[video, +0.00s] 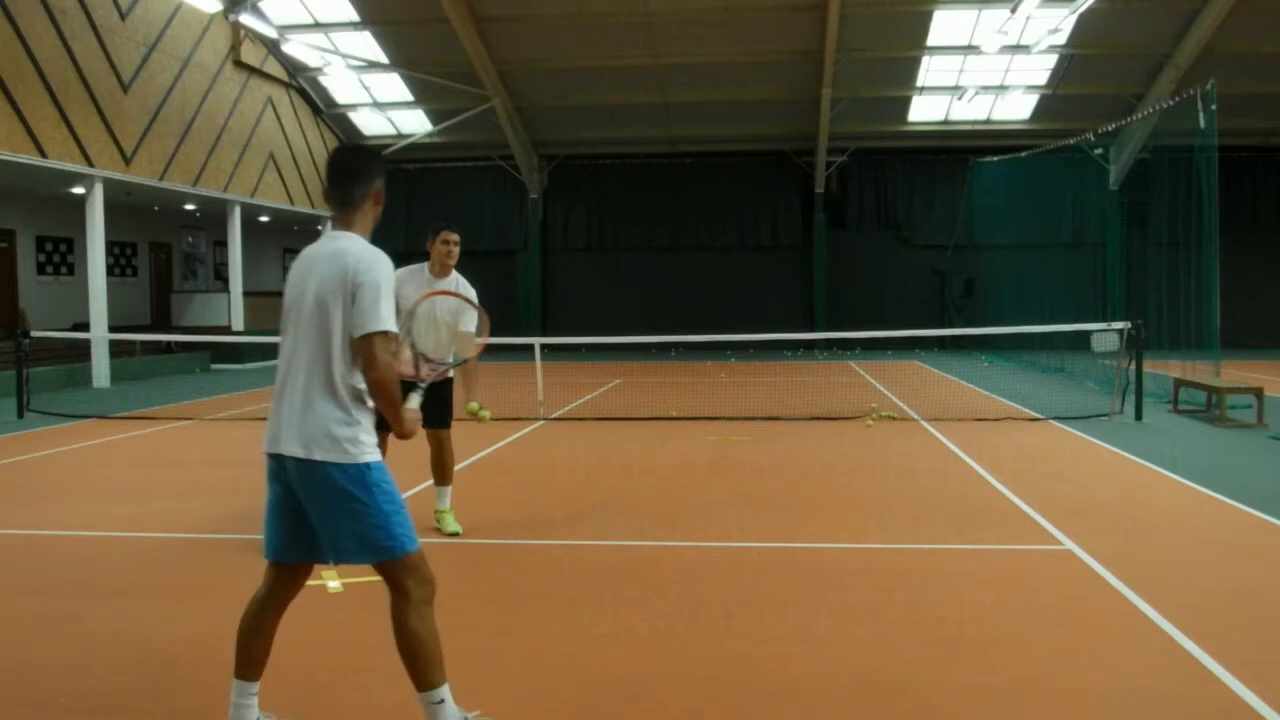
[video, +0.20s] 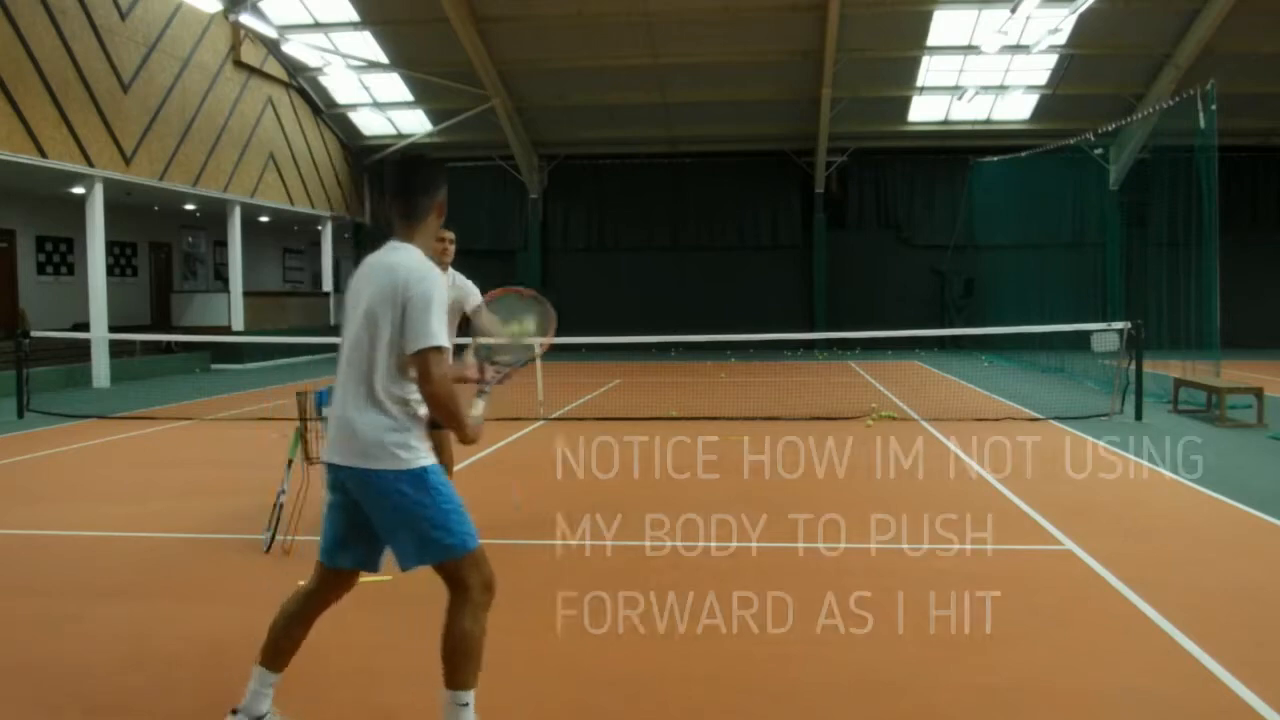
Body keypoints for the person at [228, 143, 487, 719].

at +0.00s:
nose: (384, 202)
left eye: (378, 192)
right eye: (384, 193)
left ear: (329, 194)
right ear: (377, 195)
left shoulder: (307, 258)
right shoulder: (367, 261)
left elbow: (324, 354)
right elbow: (377, 366)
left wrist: (401, 366)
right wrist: (397, 419)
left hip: (289, 445)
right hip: (340, 450)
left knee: (281, 581)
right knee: (414, 582)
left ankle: (242, 709)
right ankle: (443, 711)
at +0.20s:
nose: (446, 213)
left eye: (445, 204)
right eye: (445, 203)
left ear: (391, 207)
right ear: (437, 205)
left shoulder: (371, 267)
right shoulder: (422, 275)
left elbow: (379, 369)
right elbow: (434, 380)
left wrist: (441, 395)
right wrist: (465, 427)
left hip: (350, 453)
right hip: (394, 456)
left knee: (329, 582)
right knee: (475, 584)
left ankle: (253, 704)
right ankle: (459, 712)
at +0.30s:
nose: (484, 215)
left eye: (481, 206)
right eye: (483, 207)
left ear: (431, 209)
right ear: (477, 209)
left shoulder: (399, 272)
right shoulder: (462, 277)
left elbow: (375, 340)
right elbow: (469, 378)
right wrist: (505, 428)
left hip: (384, 453)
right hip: (433, 458)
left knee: (401, 568)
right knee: (501, 586)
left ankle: (288, 680)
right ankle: (465, 712)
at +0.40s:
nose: (517, 207)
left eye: (513, 199)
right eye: (517, 199)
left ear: (466, 202)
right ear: (511, 203)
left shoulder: (444, 262)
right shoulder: (494, 271)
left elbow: (461, 353)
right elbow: (510, 379)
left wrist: (533, 357)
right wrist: (541, 416)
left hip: (422, 445)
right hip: (462, 452)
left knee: (459, 555)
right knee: (518, 588)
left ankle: (361, 661)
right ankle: (468, 712)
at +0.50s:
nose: (545, 205)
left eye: (541, 196)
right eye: (545, 197)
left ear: (493, 202)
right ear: (539, 203)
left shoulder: (470, 263)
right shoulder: (520, 268)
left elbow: (486, 356)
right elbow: (538, 368)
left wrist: (563, 353)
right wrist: (573, 409)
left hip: (448, 442)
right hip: (488, 447)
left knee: (501, 550)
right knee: (551, 580)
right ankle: (482, 706)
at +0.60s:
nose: (569, 222)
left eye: (563, 214)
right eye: (569, 214)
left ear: (520, 216)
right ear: (563, 219)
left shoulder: (502, 275)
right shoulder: (545, 283)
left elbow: (528, 367)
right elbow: (569, 383)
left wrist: (598, 362)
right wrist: (606, 413)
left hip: (489, 451)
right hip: (514, 458)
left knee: (557, 548)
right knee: (544, 596)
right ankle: (481, 710)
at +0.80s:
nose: (619, 232)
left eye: (615, 224)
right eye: (619, 225)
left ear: (572, 231)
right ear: (613, 230)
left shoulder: (570, 287)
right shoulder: (582, 292)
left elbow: (613, 364)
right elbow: (628, 378)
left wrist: (679, 346)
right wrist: (689, 390)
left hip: (577, 455)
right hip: (561, 463)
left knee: (635, 532)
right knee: (575, 595)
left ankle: (612, 657)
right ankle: (481, 705)